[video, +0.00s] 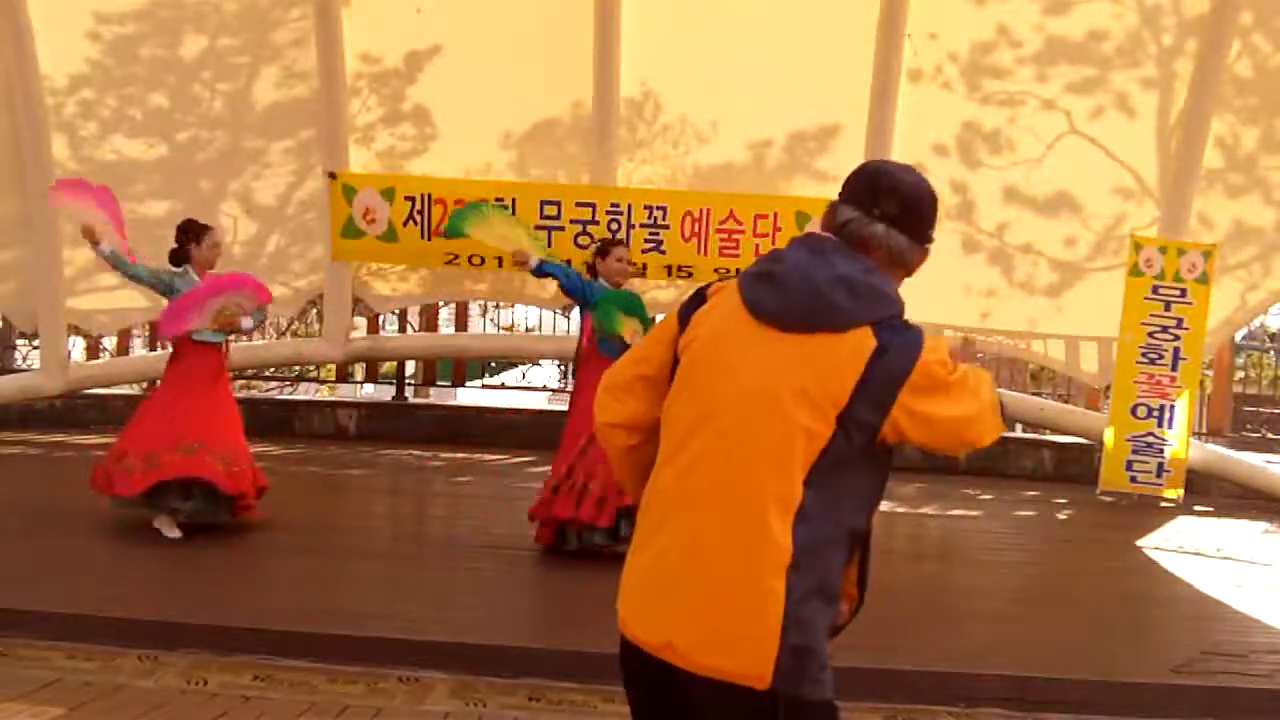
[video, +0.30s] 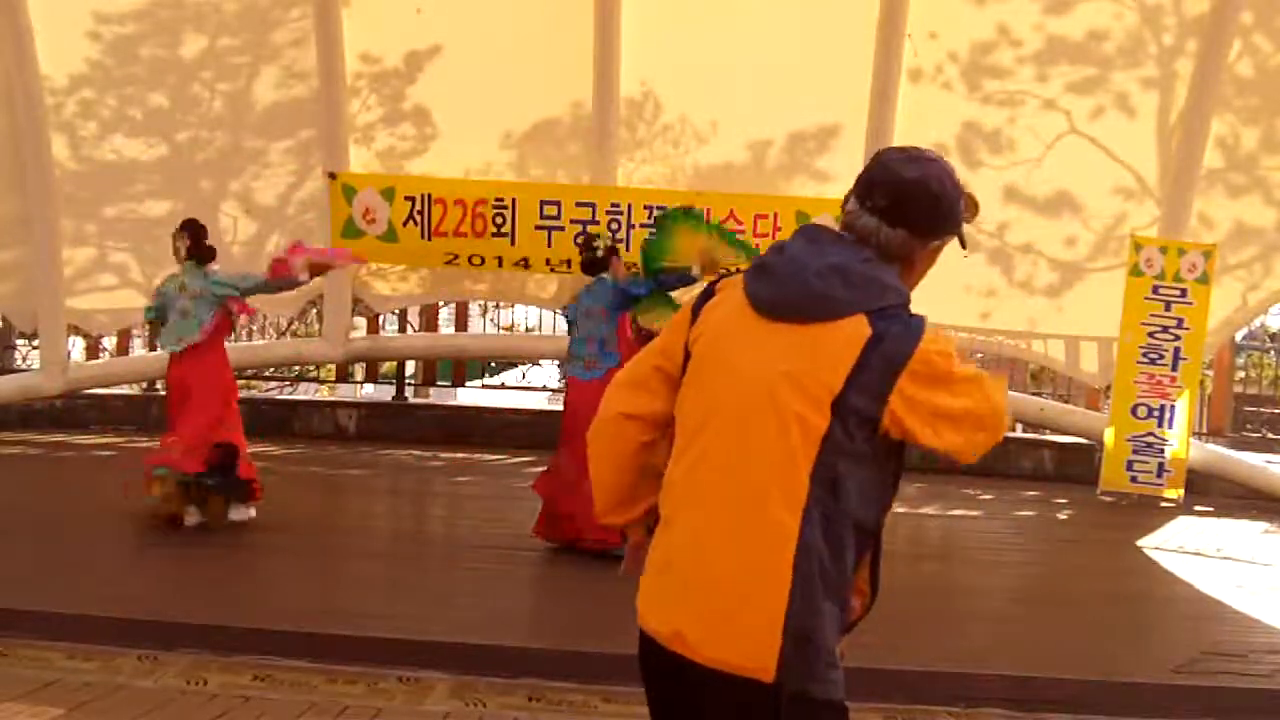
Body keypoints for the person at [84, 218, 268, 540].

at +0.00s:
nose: (218, 253)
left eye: (219, 247)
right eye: (212, 246)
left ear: (204, 250)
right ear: (192, 248)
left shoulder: (220, 286)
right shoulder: (177, 281)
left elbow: (260, 312)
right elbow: (134, 271)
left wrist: (241, 322)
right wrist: (99, 245)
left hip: (214, 367)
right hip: (187, 366)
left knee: (214, 432)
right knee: (179, 432)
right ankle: (165, 509)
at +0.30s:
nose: (174, 247)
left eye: (177, 241)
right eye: (175, 241)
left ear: (186, 246)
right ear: (203, 247)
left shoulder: (167, 286)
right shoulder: (214, 280)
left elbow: (154, 329)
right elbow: (259, 282)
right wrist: (300, 272)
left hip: (179, 367)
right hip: (212, 364)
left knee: (185, 427)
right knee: (224, 425)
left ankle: (189, 500)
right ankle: (239, 497)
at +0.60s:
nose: (207, 253)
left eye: (213, 248)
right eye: (202, 247)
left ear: (223, 253)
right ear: (194, 250)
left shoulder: (222, 285)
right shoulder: (186, 280)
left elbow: (235, 320)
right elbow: (154, 281)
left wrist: (198, 321)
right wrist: (129, 264)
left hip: (213, 356)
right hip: (189, 355)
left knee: (206, 422)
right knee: (193, 422)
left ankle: (207, 502)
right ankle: (201, 496)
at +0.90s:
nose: (229, 249)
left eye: (227, 244)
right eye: (226, 243)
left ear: (202, 244)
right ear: (216, 244)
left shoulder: (212, 274)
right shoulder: (203, 275)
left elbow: (230, 315)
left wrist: (242, 293)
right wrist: (243, 292)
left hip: (197, 360)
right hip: (184, 361)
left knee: (200, 425)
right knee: (184, 427)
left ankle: (189, 499)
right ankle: (167, 504)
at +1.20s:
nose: (174, 251)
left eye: (178, 244)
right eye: (175, 244)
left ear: (192, 246)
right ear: (201, 247)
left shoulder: (183, 285)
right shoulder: (216, 281)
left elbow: (144, 315)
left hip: (190, 365)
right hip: (218, 364)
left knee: (192, 430)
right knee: (214, 428)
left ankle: (195, 504)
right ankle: (220, 500)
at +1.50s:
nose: (208, 252)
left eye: (211, 245)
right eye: (202, 245)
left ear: (214, 248)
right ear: (181, 247)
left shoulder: (216, 286)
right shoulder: (165, 285)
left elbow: (247, 317)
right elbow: (125, 286)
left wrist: (208, 317)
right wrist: (94, 279)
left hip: (208, 369)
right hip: (175, 369)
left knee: (203, 432)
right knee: (161, 427)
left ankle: (189, 496)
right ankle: (151, 495)